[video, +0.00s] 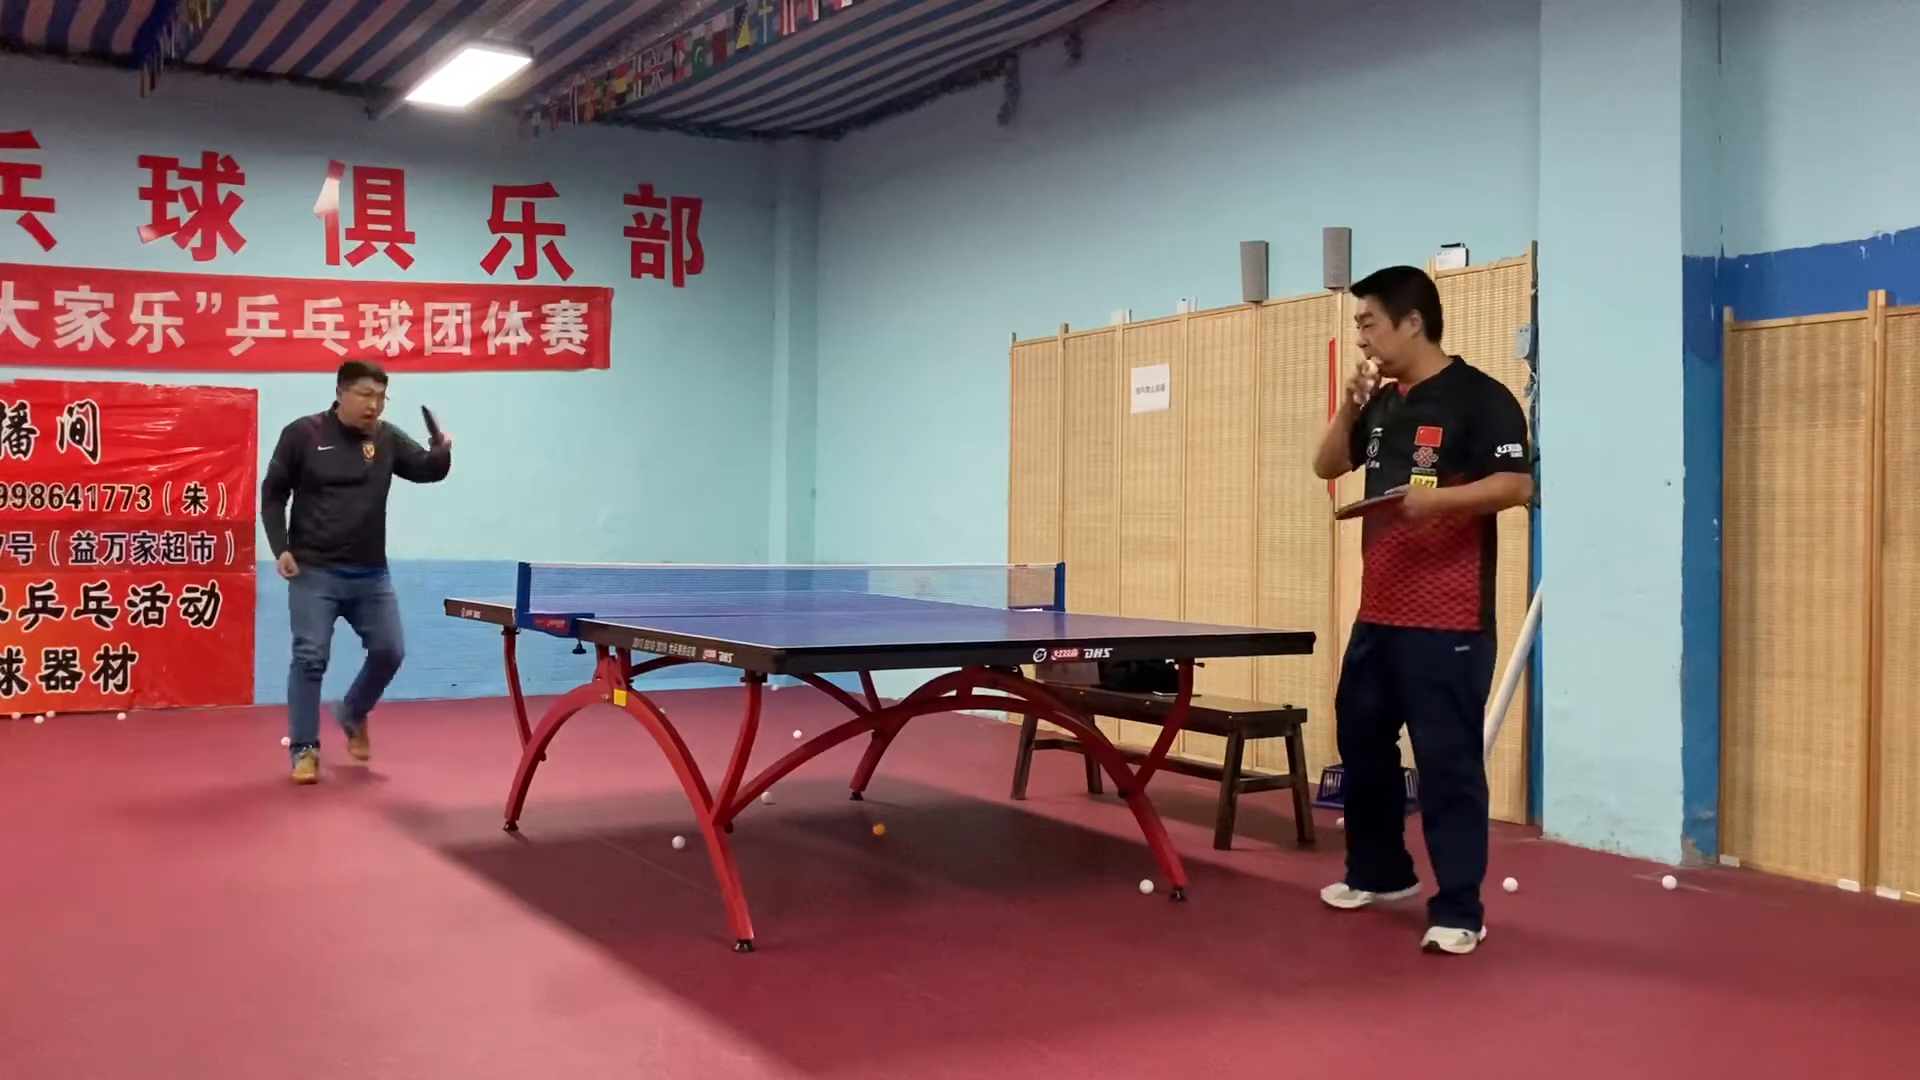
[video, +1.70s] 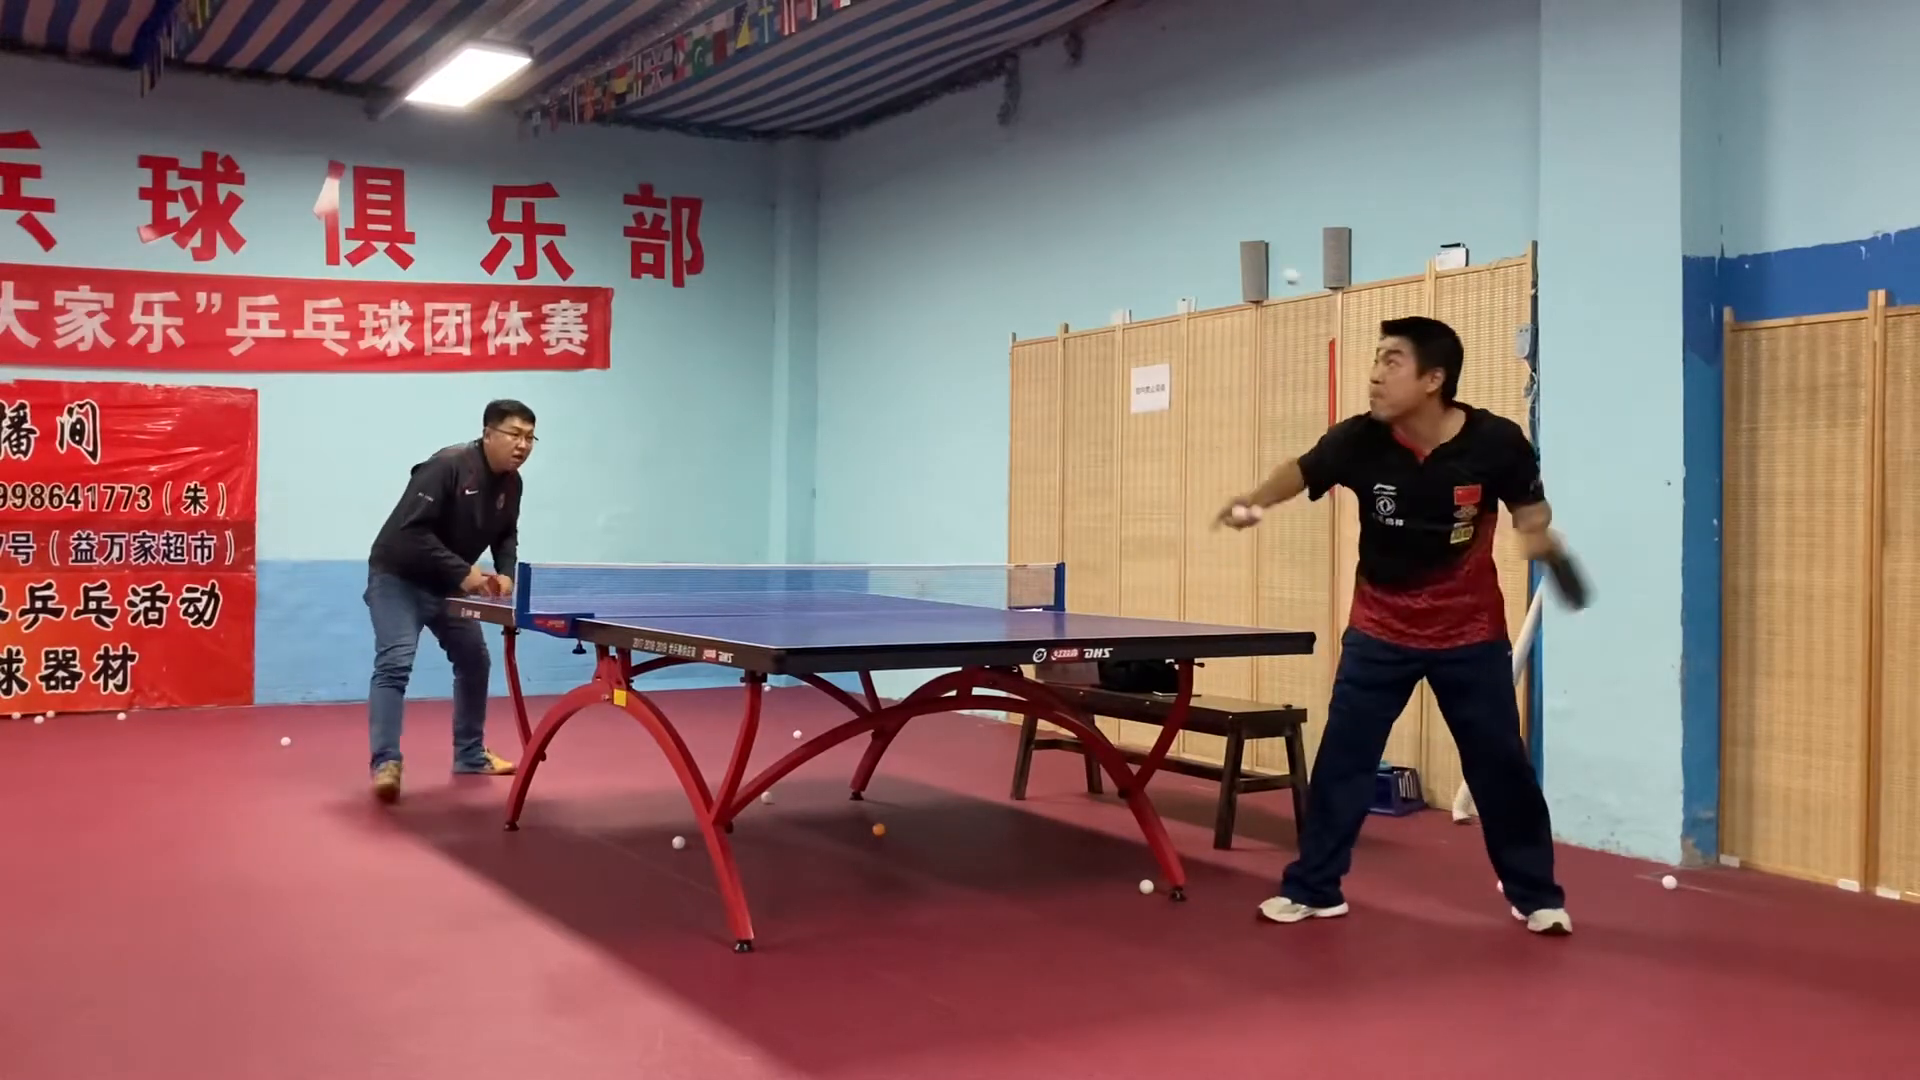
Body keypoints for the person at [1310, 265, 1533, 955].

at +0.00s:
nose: (1363, 339)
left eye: (1371, 325)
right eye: (1360, 328)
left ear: (1415, 322)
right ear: (1386, 330)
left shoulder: (1482, 397)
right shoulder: (1380, 405)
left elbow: (1518, 483)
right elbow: (1327, 464)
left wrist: (1438, 499)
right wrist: (1350, 404)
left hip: (1449, 621)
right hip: (1380, 616)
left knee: (1448, 763)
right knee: (1361, 740)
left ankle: (1459, 911)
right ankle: (1380, 872)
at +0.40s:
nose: (1331, 344)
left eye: (1337, 329)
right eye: (1331, 330)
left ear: (1372, 329)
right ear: (1375, 331)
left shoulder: (1456, 403)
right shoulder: (1357, 409)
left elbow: (1479, 496)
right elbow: (1339, 491)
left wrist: (1388, 502)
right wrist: (1282, 487)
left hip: (1442, 629)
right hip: (1371, 624)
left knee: (1449, 776)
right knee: (1346, 760)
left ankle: (1459, 912)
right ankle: (1323, 881)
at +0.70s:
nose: (1237, 392)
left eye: (1243, 378)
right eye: (1237, 379)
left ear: (1279, 378)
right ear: (1276, 379)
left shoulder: (1370, 424)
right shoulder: (1271, 455)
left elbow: (1392, 525)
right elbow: (1247, 537)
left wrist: (1302, 534)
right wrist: (1179, 535)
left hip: (1422, 623)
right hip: (1346, 627)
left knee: (1444, 768)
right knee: (1323, 761)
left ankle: (1461, 910)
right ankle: (1316, 889)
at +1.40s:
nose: (1304, 413)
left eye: (1315, 400)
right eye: (1304, 400)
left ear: (1359, 406)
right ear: (1342, 405)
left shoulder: (1419, 470)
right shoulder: (1314, 446)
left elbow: (1380, 562)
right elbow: (1241, 479)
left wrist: (1307, 516)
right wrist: (1194, 444)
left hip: (1440, 636)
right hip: (1357, 631)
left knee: (1483, 765)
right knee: (1331, 757)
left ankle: (1538, 898)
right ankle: (1314, 888)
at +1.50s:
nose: (1340, 392)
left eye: (1353, 380)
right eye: (1342, 379)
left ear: (1398, 392)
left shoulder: (1452, 462)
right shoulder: (1342, 437)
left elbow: (1428, 558)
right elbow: (1266, 465)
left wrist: (1353, 511)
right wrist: (1211, 442)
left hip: (1453, 637)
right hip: (1367, 630)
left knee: (1492, 764)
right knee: (1337, 753)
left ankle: (1538, 897)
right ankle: (1314, 887)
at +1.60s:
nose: (1366, 379)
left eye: (1382, 368)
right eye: (1367, 366)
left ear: (1425, 383)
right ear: (1372, 376)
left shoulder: (1485, 453)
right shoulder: (1352, 439)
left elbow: (1503, 542)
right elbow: (1291, 468)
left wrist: (1430, 533)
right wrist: (1232, 465)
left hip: (1464, 639)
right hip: (1375, 634)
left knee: (1497, 764)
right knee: (1340, 759)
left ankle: (1536, 895)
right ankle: (1313, 887)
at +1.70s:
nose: (1374, 374)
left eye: (1390, 363)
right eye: (1376, 361)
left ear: (1434, 379)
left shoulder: (1495, 442)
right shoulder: (1358, 440)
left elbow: (1533, 514)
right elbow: (1301, 472)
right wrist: (1255, 499)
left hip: (1468, 633)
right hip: (1379, 631)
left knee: (1500, 763)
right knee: (1341, 759)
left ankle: (1536, 895)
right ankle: (1313, 887)